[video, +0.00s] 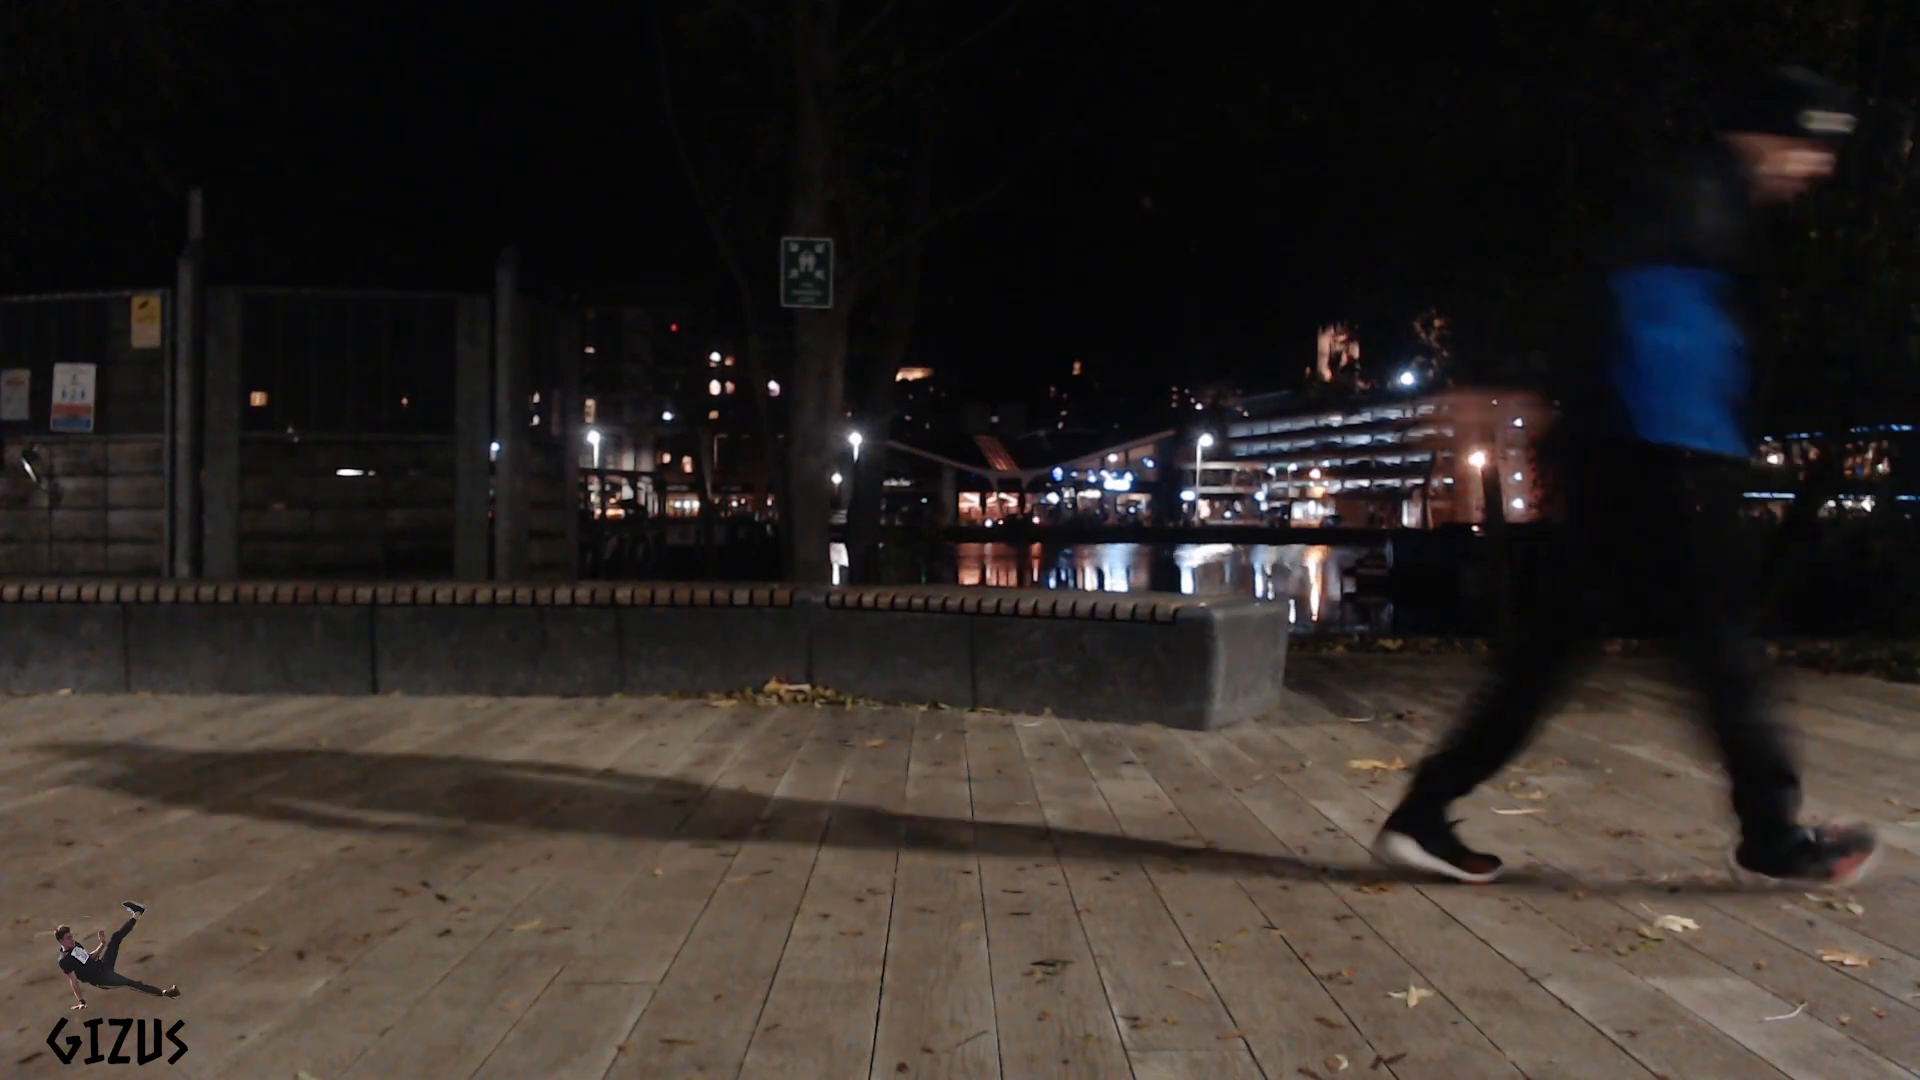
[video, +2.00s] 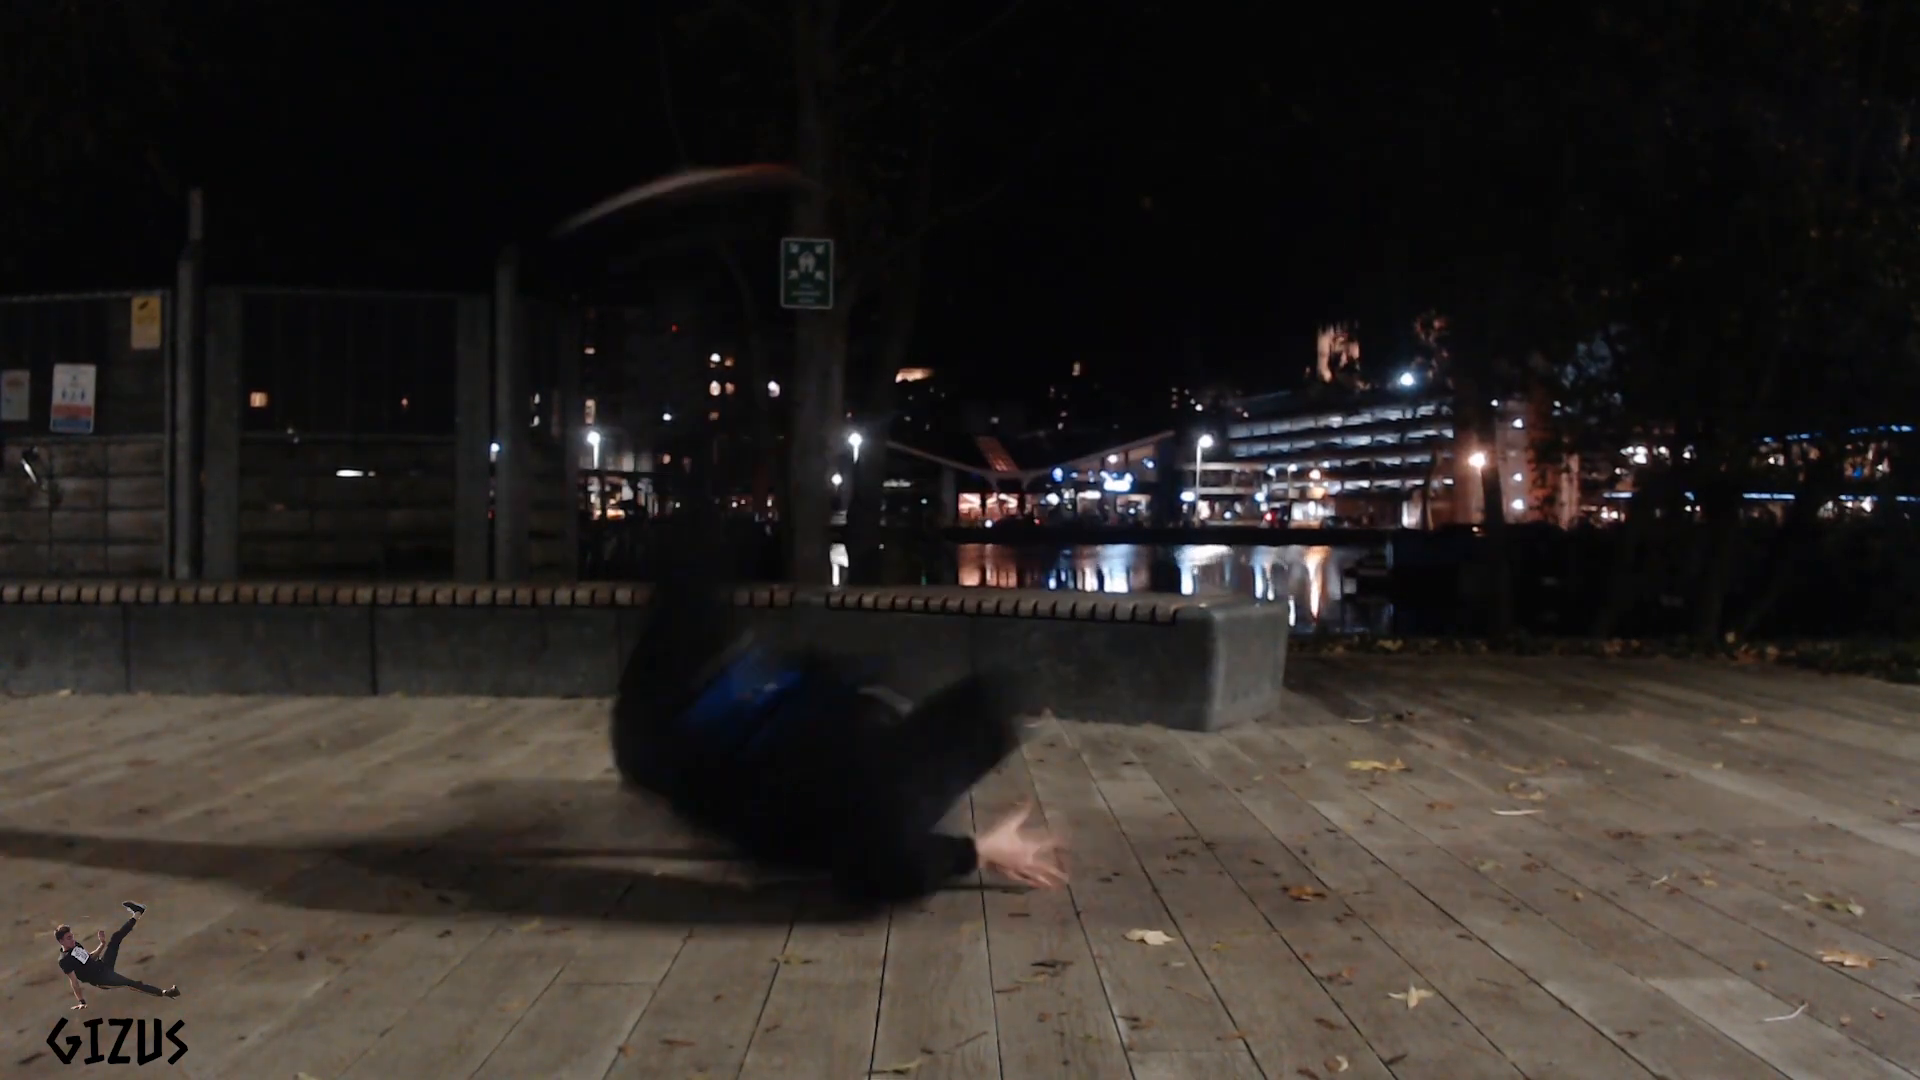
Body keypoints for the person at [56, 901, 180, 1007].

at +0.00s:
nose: (73, 939)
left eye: (72, 936)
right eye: (69, 938)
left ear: (71, 937)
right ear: (61, 941)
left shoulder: (76, 946)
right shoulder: (64, 960)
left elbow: (91, 958)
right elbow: (73, 982)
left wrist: (102, 945)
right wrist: (81, 1001)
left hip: (104, 965)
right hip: (102, 978)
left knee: (115, 939)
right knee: (132, 983)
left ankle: (136, 916)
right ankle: (165, 993)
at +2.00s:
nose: (73, 939)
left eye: (72, 936)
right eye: (69, 938)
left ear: (71, 936)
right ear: (61, 941)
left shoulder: (75, 946)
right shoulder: (64, 960)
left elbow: (91, 957)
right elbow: (74, 982)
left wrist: (102, 945)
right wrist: (81, 1002)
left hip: (104, 965)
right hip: (102, 978)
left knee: (115, 939)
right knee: (133, 983)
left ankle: (135, 917)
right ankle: (164, 993)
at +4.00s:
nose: (73, 939)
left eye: (72, 936)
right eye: (69, 938)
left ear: (71, 937)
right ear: (61, 942)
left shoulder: (76, 946)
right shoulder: (64, 961)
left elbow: (91, 958)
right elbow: (74, 982)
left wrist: (102, 945)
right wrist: (81, 1001)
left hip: (104, 965)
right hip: (102, 978)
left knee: (115, 939)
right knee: (131, 983)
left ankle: (136, 916)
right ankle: (165, 993)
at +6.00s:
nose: (73, 939)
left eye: (72, 936)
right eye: (69, 938)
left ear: (71, 937)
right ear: (62, 941)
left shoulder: (76, 946)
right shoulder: (64, 960)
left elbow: (91, 957)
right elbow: (74, 982)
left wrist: (102, 945)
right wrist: (81, 1002)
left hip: (104, 965)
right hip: (102, 978)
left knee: (116, 938)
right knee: (132, 983)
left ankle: (136, 916)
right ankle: (165, 993)